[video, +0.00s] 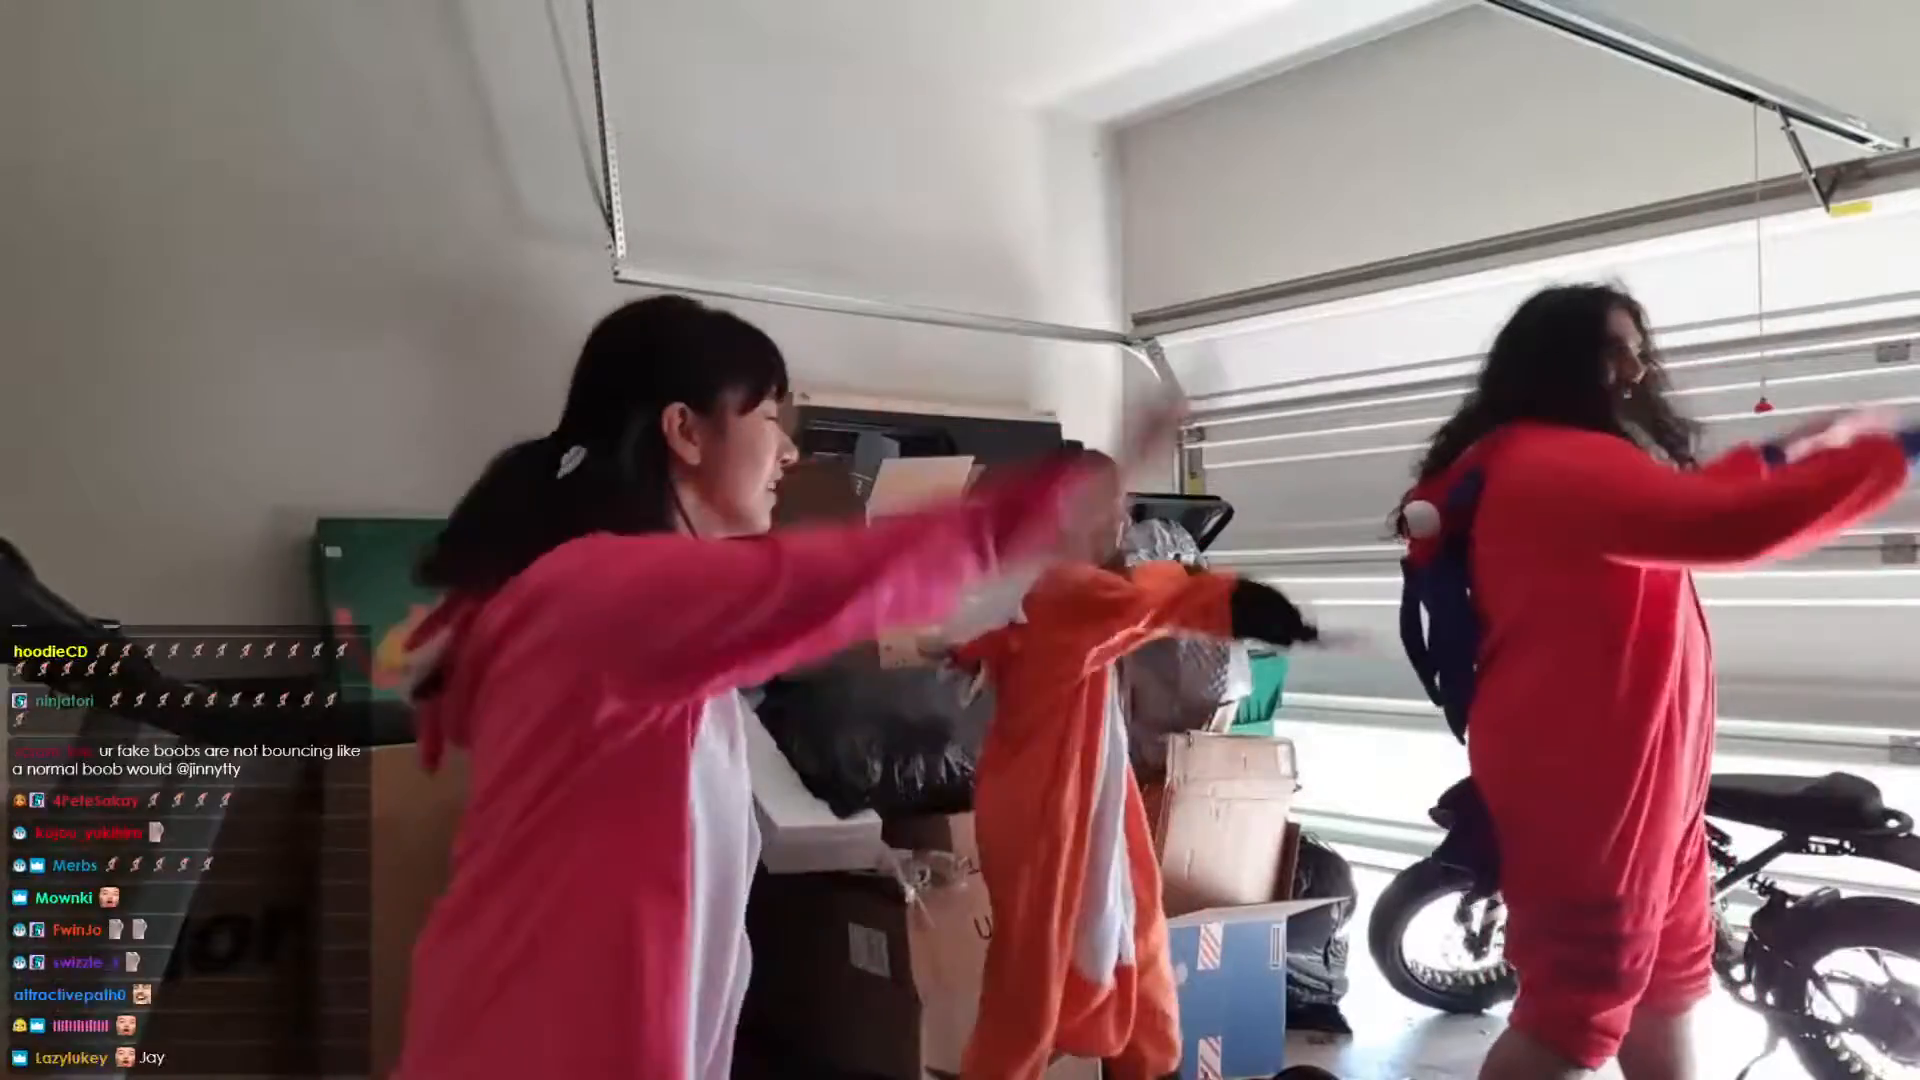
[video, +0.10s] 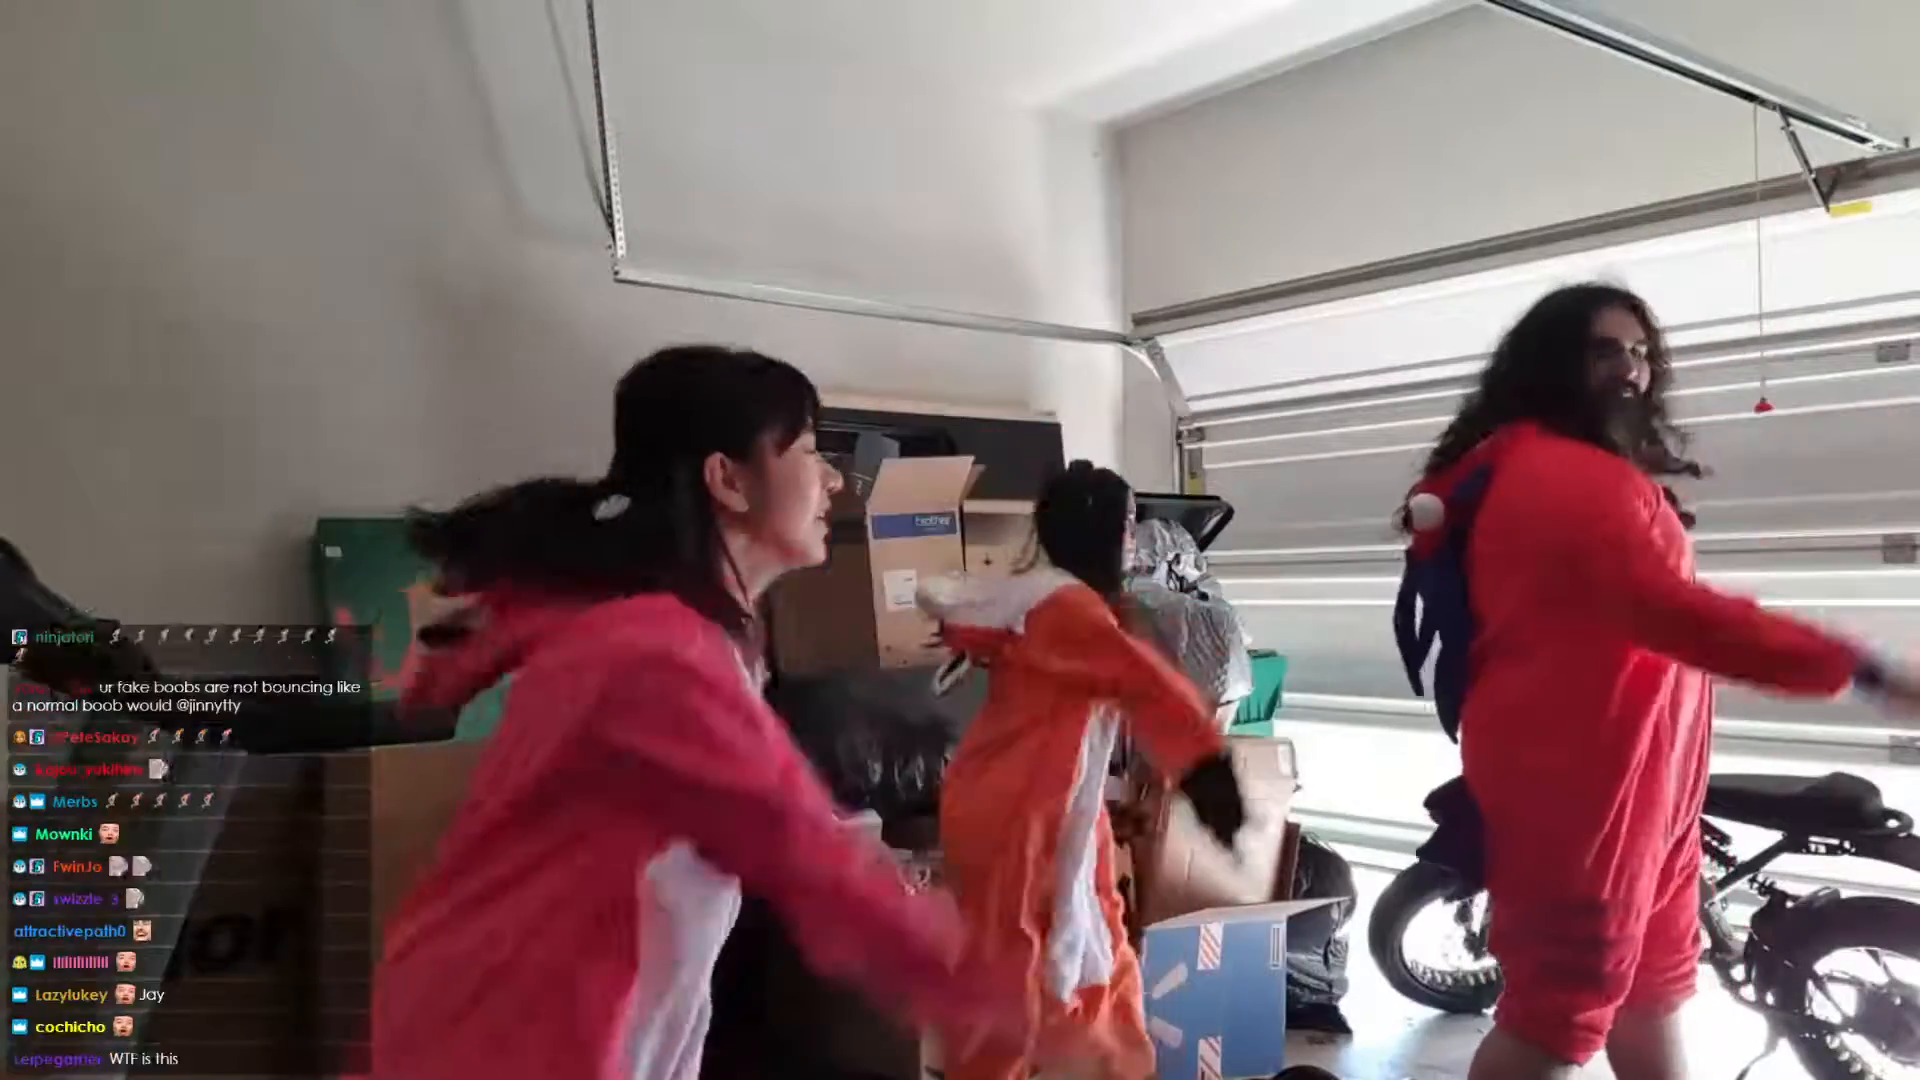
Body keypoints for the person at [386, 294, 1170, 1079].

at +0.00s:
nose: (791, 455)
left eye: (788, 425)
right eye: (773, 421)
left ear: (689, 440)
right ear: (686, 434)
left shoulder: (648, 609)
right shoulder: (592, 589)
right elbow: (867, 577)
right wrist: (1094, 480)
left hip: (634, 1043)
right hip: (552, 1049)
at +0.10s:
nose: (833, 480)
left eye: (821, 452)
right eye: (808, 450)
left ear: (731, 482)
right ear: (727, 480)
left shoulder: (692, 640)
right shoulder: (651, 651)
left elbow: (818, 849)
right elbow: (810, 861)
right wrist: (998, 995)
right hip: (510, 1042)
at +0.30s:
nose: (806, 501)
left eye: (797, 468)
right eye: (783, 467)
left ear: (699, 488)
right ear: (700, 485)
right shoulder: (625, 680)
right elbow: (721, 932)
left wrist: (800, 1027)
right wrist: (806, 1048)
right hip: (534, 1052)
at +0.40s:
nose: (726, 467)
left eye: (720, 434)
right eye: (703, 429)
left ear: (624, 442)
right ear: (613, 437)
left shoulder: (586, 616)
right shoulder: (543, 622)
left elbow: (795, 758)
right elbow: (793, 716)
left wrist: (961, 716)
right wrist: (1122, 759)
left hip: (648, 1038)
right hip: (571, 1049)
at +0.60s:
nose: (687, 511)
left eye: (689, 483)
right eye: (673, 480)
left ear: (587, 508)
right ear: (617, 504)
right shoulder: (561, 674)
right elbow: (731, 469)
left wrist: (744, 243)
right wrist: (754, 230)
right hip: (633, 1058)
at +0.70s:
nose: (735, 539)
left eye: (731, 511)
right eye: (711, 508)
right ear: (636, 505)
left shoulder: (658, 703)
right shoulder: (574, 695)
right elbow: (690, 457)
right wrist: (714, 143)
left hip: (715, 1059)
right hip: (621, 1061)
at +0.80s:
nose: (746, 463)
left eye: (743, 433)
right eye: (729, 430)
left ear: (647, 449)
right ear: (646, 447)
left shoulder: (628, 630)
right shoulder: (565, 622)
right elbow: (776, 517)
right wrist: (978, 353)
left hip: (685, 1034)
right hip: (616, 1043)